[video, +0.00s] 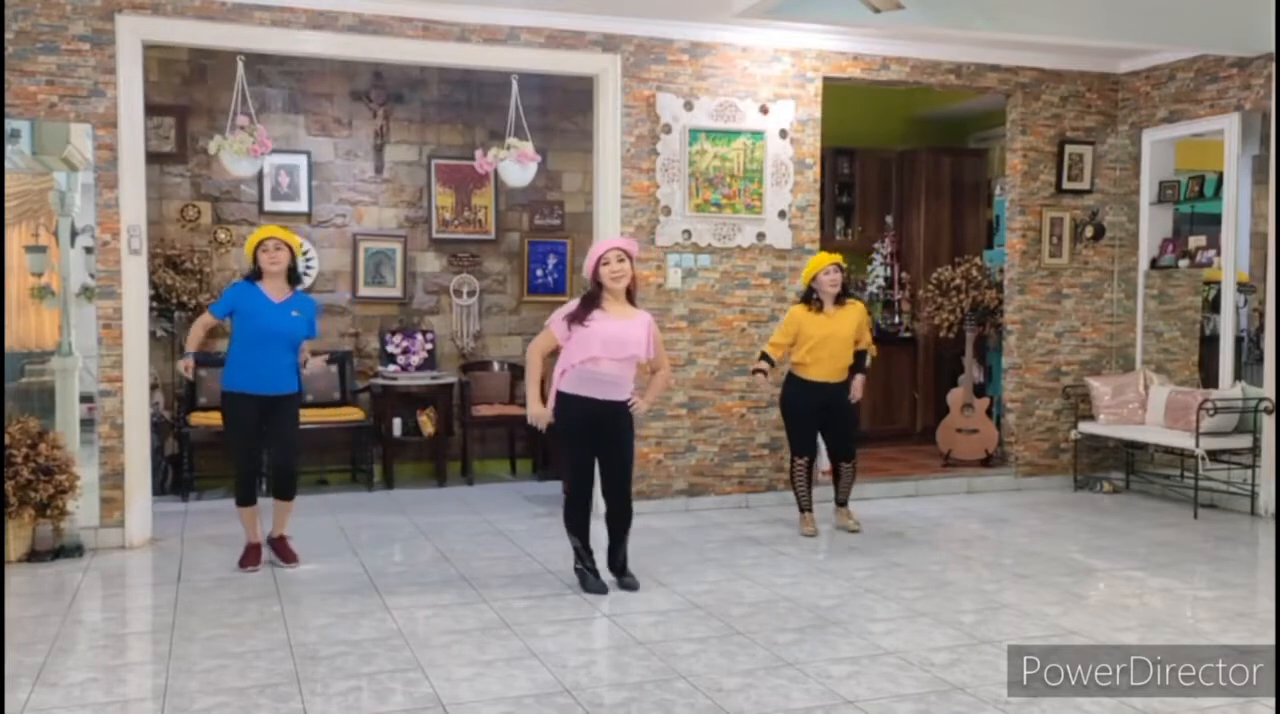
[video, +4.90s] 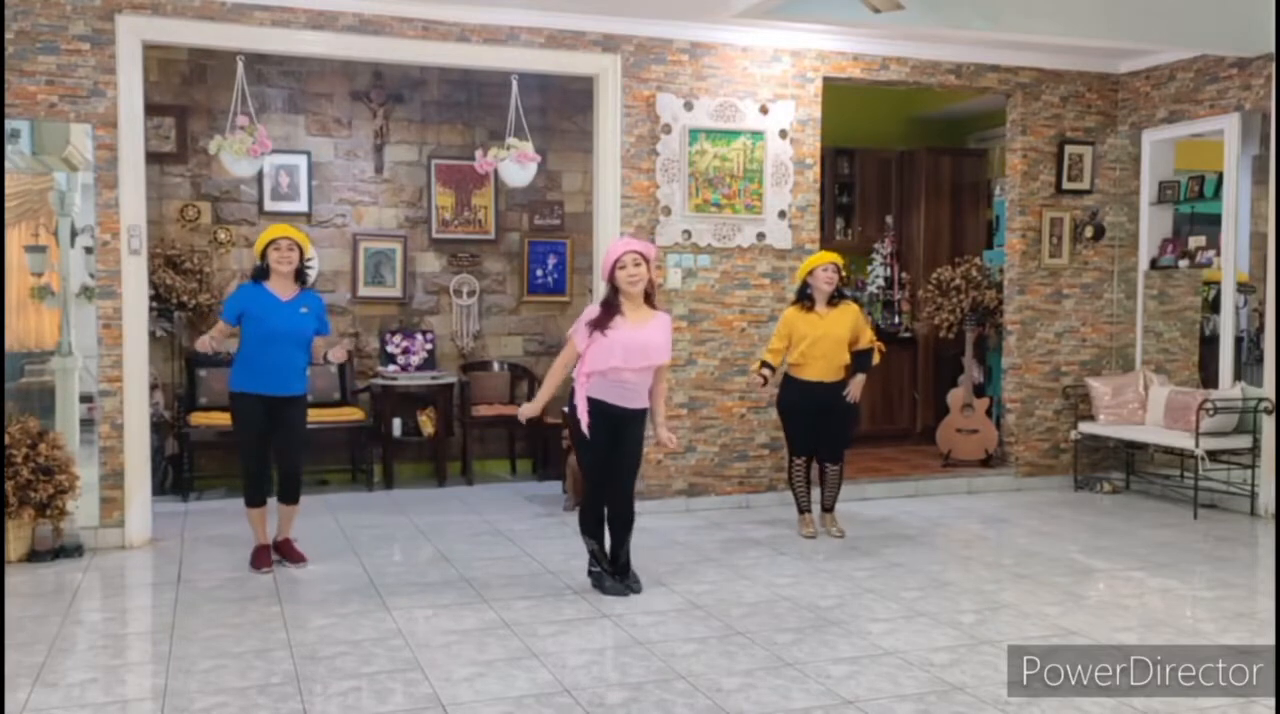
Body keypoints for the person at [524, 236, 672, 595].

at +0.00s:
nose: (615, 268)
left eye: (621, 261)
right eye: (607, 264)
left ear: (632, 270)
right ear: (596, 273)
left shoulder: (643, 321)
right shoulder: (577, 312)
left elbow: (664, 370)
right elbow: (536, 349)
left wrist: (645, 399)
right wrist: (534, 402)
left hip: (617, 411)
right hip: (573, 408)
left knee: (620, 494)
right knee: (579, 490)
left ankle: (619, 563)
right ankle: (584, 564)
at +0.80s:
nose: (621, 266)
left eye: (627, 259)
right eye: (612, 260)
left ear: (637, 267)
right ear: (600, 269)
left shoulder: (658, 305)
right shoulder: (595, 314)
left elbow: (683, 345)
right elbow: (580, 371)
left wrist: (676, 386)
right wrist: (572, 420)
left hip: (649, 407)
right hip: (603, 407)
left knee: (651, 488)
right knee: (597, 486)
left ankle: (656, 562)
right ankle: (587, 561)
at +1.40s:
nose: (648, 268)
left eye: (654, 262)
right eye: (640, 262)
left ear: (663, 270)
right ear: (626, 270)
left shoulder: (679, 305)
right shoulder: (617, 319)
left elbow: (708, 342)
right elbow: (607, 376)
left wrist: (713, 389)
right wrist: (626, 408)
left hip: (680, 406)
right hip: (639, 408)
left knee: (672, 488)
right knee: (640, 488)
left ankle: (659, 563)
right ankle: (635, 560)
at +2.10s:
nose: (646, 265)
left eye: (652, 258)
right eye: (638, 259)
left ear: (663, 267)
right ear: (625, 269)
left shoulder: (668, 317)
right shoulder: (610, 312)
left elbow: (670, 373)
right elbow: (581, 361)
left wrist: (683, 421)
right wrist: (576, 415)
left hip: (655, 410)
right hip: (612, 409)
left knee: (656, 492)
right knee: (613, 490)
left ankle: (656, 563)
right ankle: (605, 562)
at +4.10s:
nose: (640, 267)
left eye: (647, 261)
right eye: (632, 261)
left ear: (656, 270)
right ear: (620, 271)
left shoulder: (662, 313)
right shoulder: (610, 313)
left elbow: (662, 368)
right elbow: (588, 367)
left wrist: (684, 403)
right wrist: (608, 417)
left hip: (663, 408)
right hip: (627, 408)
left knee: (658, 490)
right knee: (647, 488)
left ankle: (646, 566)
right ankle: (612, 557)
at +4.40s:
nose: (639, 264)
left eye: (645, 258)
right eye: (630, 259)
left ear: (655, 267)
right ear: (618, 269)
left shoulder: (658, 315)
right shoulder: (606, 310)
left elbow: (653, 370)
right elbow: (571, 354)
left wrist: (667, 412)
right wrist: (569, 413)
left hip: (650, 410)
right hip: (611, 411)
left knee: (648, 494)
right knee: (612, 492)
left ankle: (643, 565)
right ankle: (600, 565)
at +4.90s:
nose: (633, 271)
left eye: (639, 264)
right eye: (624, 266)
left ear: (650, 271)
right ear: (613, 276)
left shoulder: (660, 322)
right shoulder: (597, 315)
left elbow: (659, 378)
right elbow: (565, 358)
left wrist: (660, 425)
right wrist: (539, 402)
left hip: (633, 413)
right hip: (591, 408)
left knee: (623, 491)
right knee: (594, 487)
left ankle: (621, 563)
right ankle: (597, 564)